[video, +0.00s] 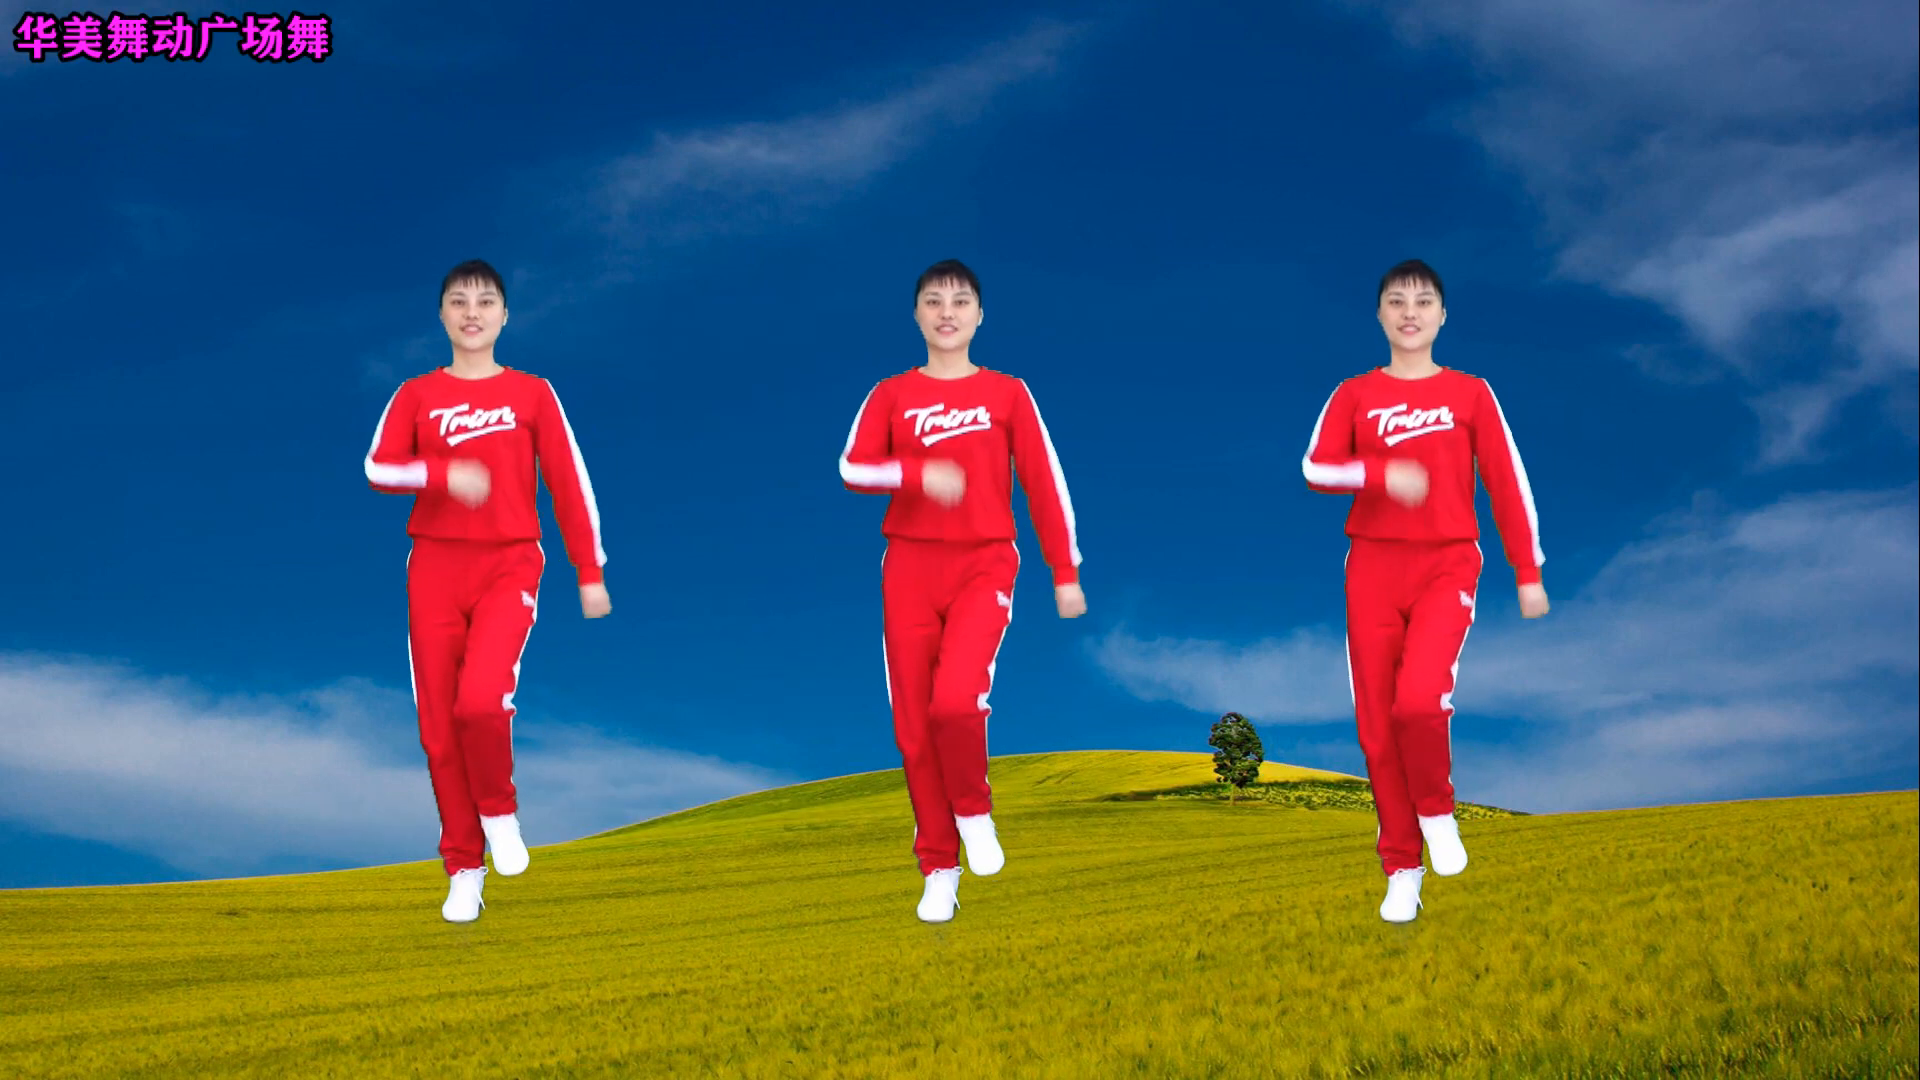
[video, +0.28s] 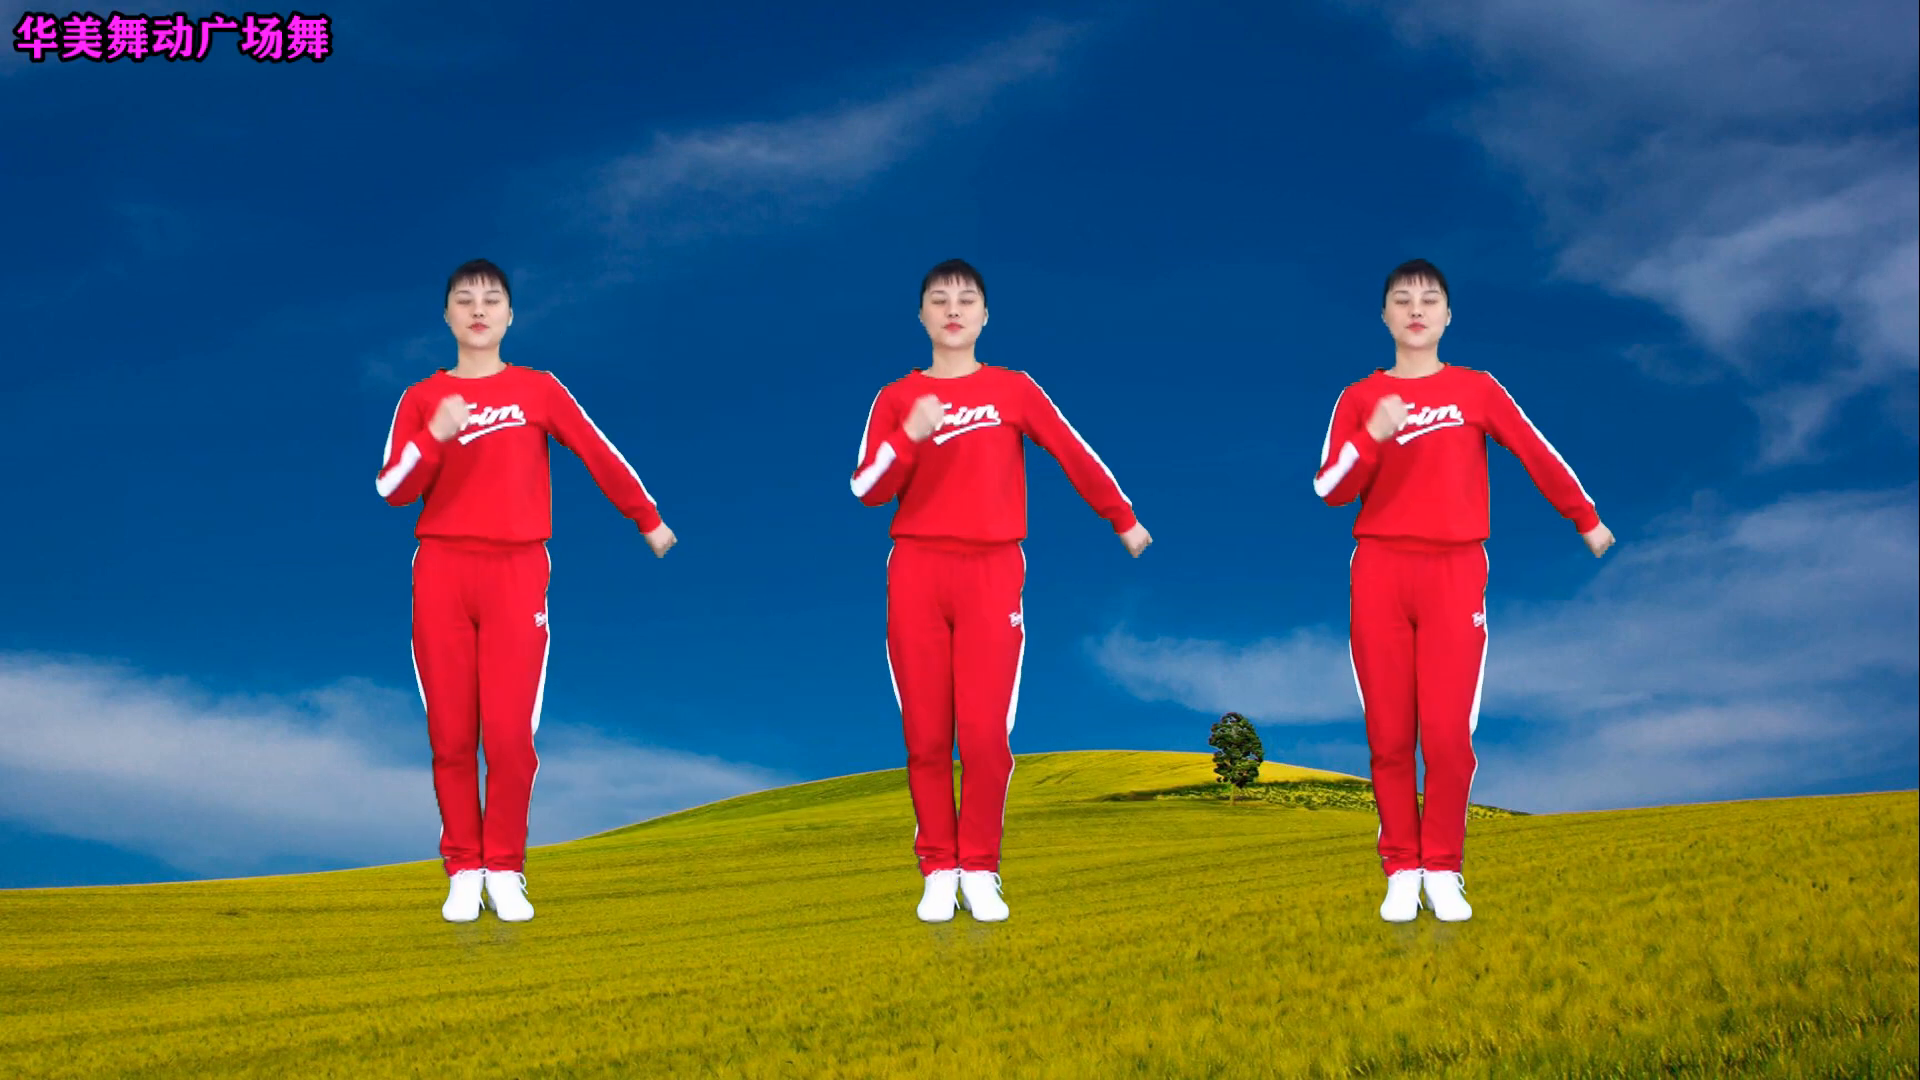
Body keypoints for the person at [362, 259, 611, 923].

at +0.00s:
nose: (473, 312)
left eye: (485, 302)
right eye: (460, 303)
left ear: (503, 314)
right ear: (443, 316)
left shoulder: (533, 393)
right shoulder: (414, 396)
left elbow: (570, 482)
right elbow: (378, 469)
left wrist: (590, 572)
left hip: (510, 568)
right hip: (435, 568)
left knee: (479, 706)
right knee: (436, 726)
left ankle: (498, 811)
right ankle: (463, 864)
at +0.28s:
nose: (478, 310)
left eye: (491, 301)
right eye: (465, 301)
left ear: (509, 315)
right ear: (448, 315)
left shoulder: (540, 389)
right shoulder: (421, 397)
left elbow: (600, 454)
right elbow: (394, 490)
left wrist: (649, 519)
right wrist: (433, 435)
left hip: (518, 571)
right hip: (442, 570)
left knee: (509, 729)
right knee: (451, 733)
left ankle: (505, 868)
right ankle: (463, 868)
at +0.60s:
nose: (482, 325)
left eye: (494, 315)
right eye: (469, 317)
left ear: (513, 328)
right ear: (453, 332)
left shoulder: (544, 409)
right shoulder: (429, 411)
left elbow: (559, 500)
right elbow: (410, 507)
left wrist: (545, 574)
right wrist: (399, 596)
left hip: (532, 582)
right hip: (457, 582)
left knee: (533, 727)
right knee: (487, 703)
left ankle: (507, 868)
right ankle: (474, 807)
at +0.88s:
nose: (479, 306)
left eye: (490, 296)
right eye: (465, 298)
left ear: (509, 309)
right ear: (448, 315)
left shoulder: (540, 387)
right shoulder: (423, 389)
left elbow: (569, 470)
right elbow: (361, 454)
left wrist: (525, 409)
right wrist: (307, 527)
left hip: (526, 562)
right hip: (451, 563)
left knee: (517, 721)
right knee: (463, 726)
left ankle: (507, 867)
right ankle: (458, 862)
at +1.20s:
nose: (467, 323)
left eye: (479, 313)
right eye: (455, 313)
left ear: (497, 323)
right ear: (438, 325)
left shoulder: (526, 402)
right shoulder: (410, 408)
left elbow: (529, 485)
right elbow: (384, 500)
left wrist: (490, 534)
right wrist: (361, 585)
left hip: (501, 581)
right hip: (426, 581)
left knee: (484, 721)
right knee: (434, 731)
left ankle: (498, 824)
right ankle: (453, 866)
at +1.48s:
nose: (465, 302)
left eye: (477, 293)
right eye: (453, 292)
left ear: (495, 306)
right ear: (436, 304)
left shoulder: (523, 380)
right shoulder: (405, 383)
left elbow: (574, 458)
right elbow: (357, 464)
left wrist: (603, 540)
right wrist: (415, 428)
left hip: (501, 557)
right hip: (425, 558)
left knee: (483, 712)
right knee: (435, 720)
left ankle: (491, 846)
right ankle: (452, 862)